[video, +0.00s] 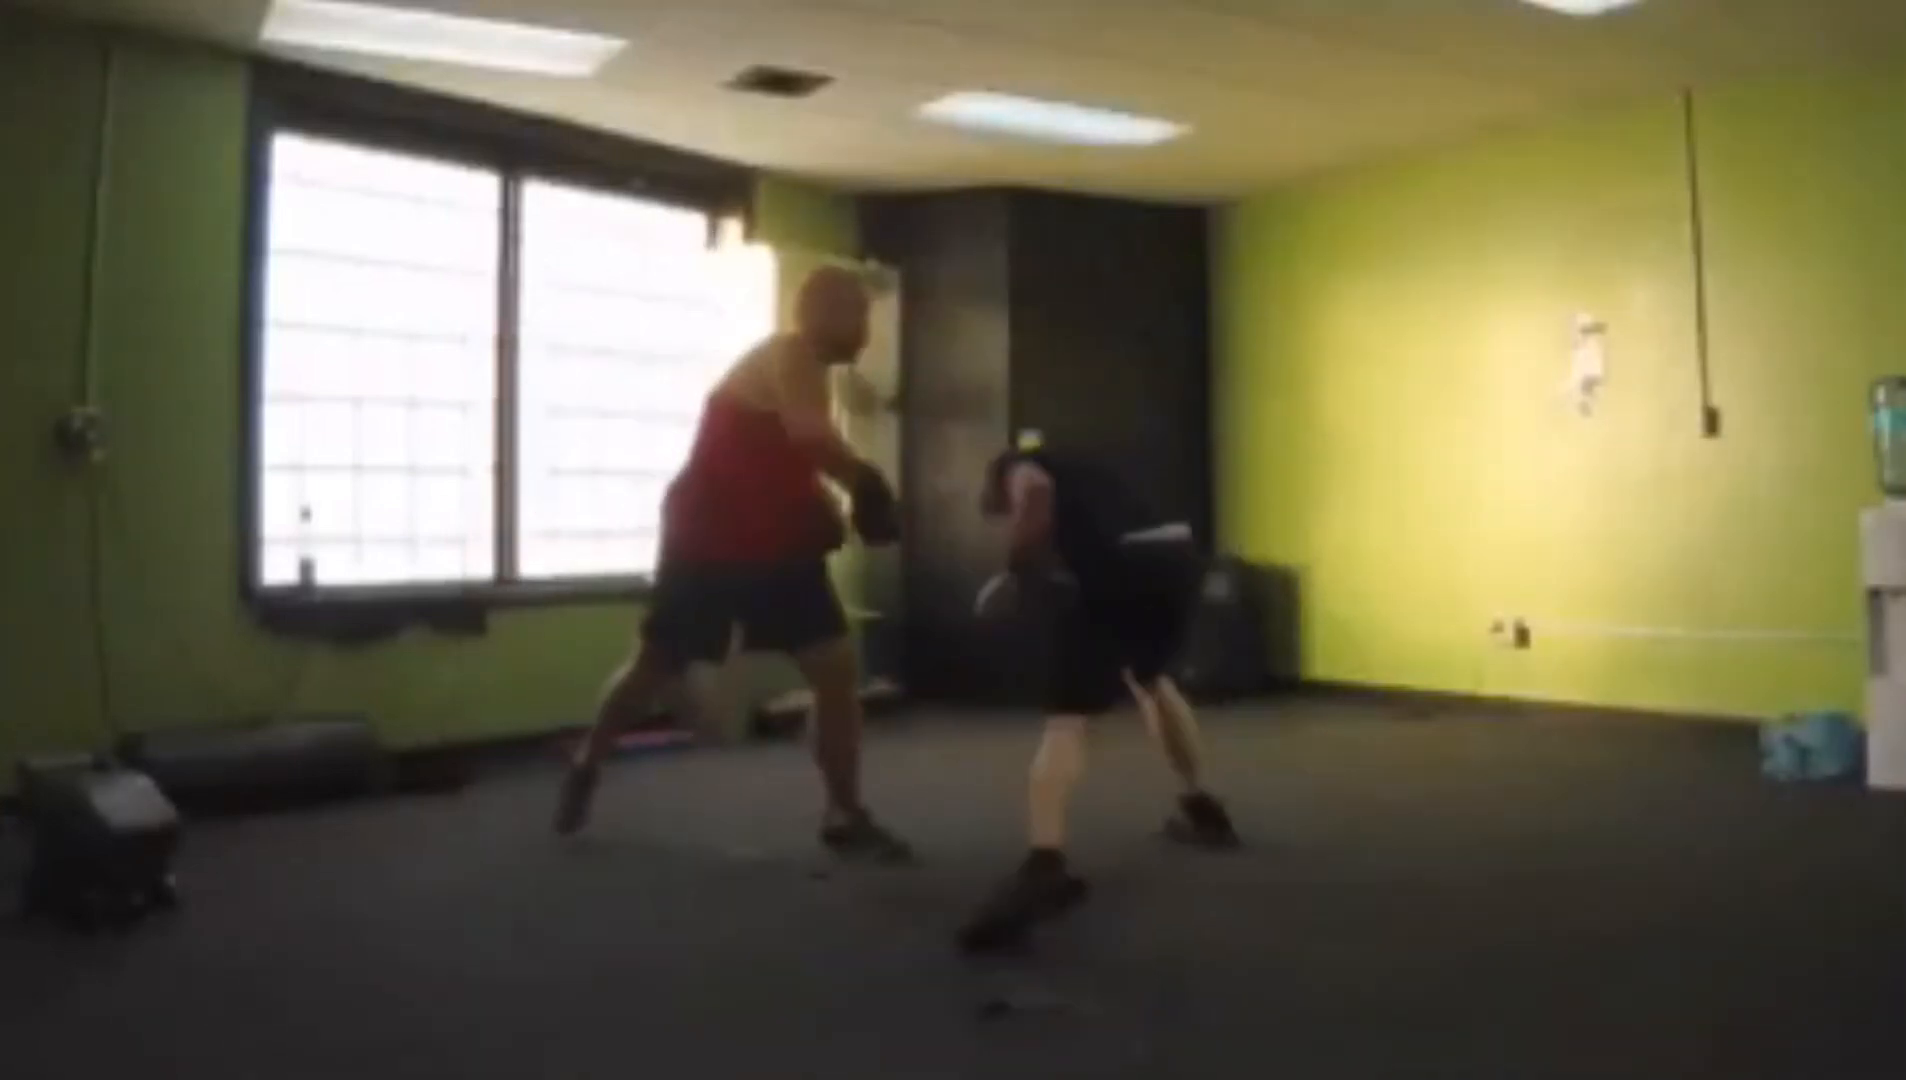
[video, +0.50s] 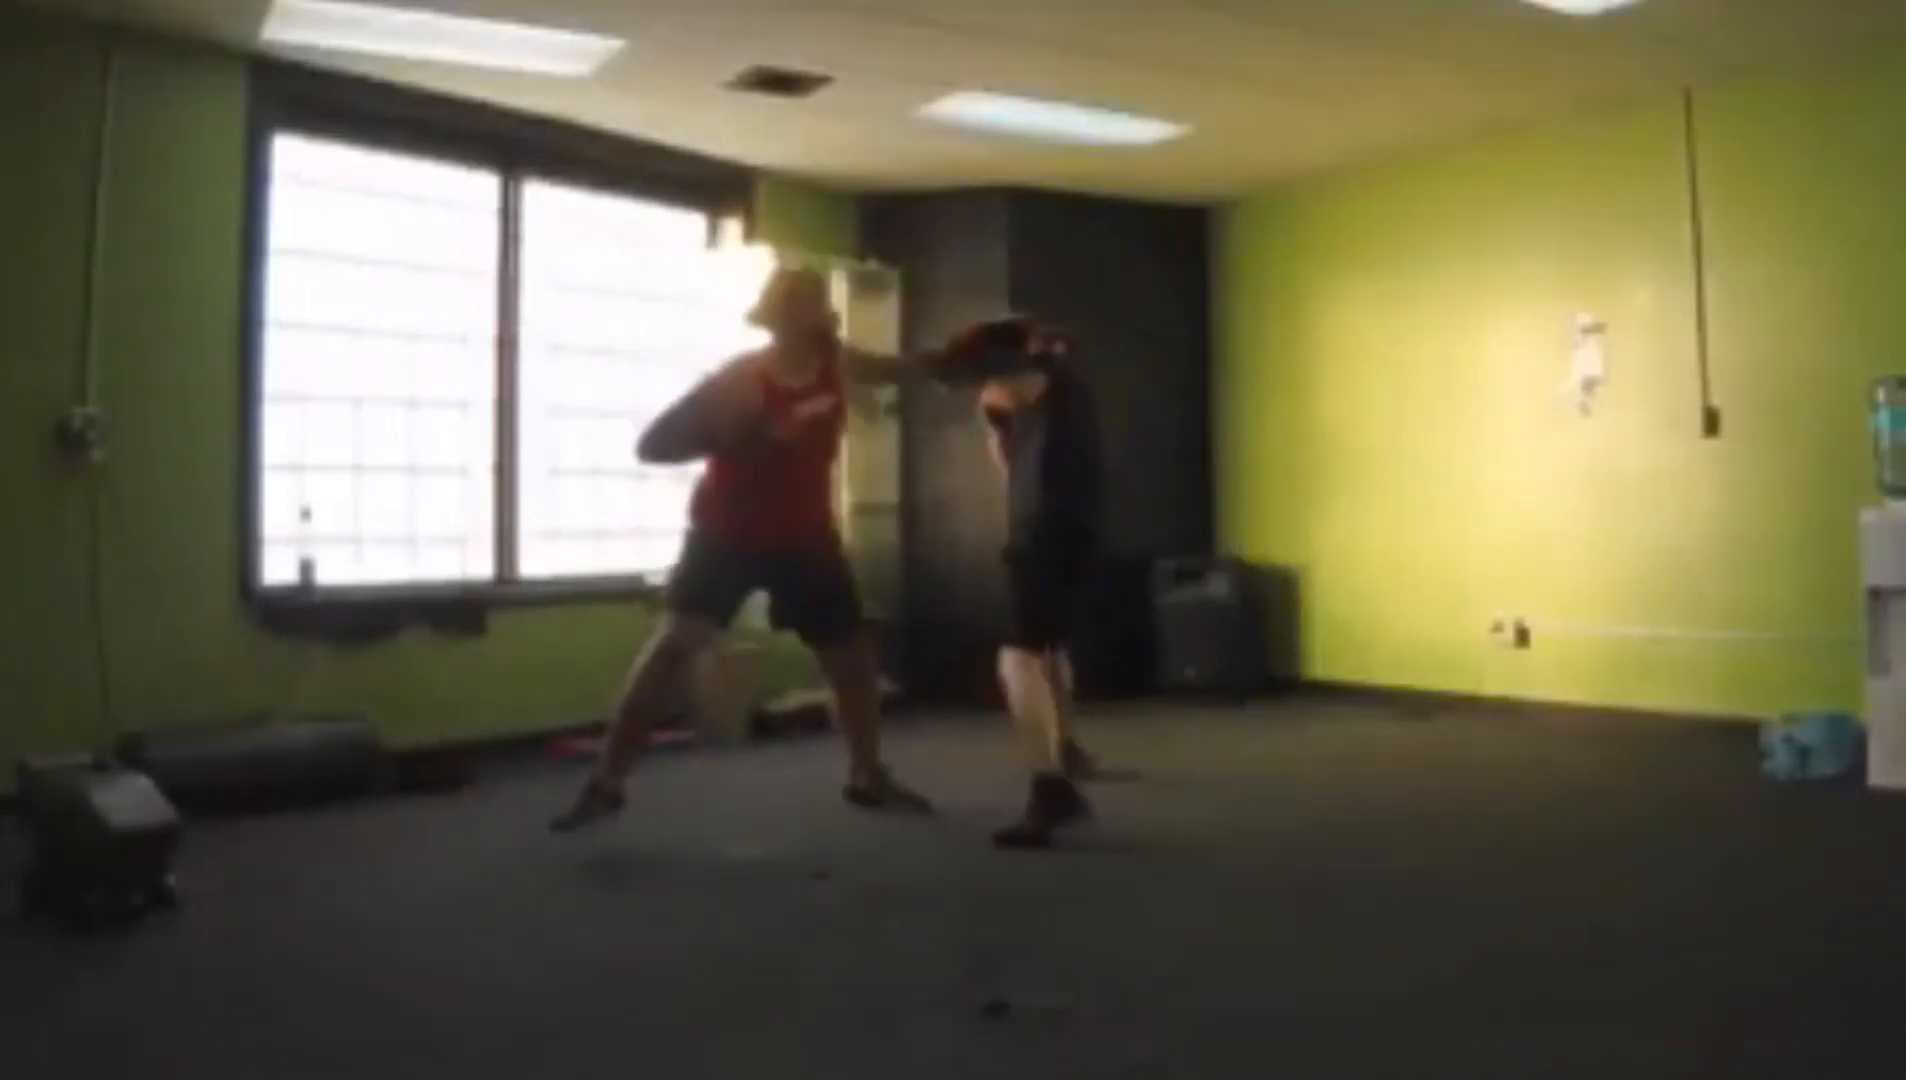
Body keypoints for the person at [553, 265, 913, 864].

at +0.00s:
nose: (866, 333)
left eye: (867, 318)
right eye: (859, 318)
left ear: (821, 317)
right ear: (829, 316)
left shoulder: (803, 368)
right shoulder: (790, 358)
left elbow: (786, 461)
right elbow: (809, 439)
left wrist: (821, 511)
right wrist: (865, 482)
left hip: (781, 540)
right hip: (712, 538)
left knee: (835, 671)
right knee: (655, 669)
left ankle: (844, 812)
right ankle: (585, 767)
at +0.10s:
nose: (841, 324)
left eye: (842, 309)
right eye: (832, 308)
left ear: (818, 311)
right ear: (797, 309)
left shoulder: (798, 388)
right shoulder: (736, 374)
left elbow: (794, 463)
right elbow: (729, 466)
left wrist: (836, 481)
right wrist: (825, 456)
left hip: (779, 545)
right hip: (704, 551)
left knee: (836, 672)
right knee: (659, 688)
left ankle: (846, 811)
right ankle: (599, 810)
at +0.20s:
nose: (807, 329)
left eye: (808, 316)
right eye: (796, 315)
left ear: (800, 323)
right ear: (766, 318)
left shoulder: (796, 395)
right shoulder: (711, 380)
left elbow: (846, 432)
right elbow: (704, 471)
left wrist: (862, 432)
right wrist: (787, 437)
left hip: (765, 542)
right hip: (688, 547)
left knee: (835, 647)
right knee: (655, 689)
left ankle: (852, 798)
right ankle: (601, 812)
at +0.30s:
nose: (796, 328)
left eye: (801, 315)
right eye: (783, 315)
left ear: (808, 319)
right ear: (755, 316)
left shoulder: (799, 380)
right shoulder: (708, 375)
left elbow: (860, 395)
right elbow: (684, 464)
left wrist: (922, 376)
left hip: (766, 535)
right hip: (690, 542)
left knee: (843, 636)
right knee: (655, 682)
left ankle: (854, 772)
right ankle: (601, 809)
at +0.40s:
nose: (805, 315)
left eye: (810, 302)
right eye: (791, 304)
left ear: (819, 306)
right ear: (766, 309)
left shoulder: (829, 360)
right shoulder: (722, 368)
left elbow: (915, 353)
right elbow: (656, 441)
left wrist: (998, 331)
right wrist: (727, 427)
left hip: (782, 525)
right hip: (704, 528)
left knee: (854, 628)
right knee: (661, 652)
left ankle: (865, 756)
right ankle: (608, 789)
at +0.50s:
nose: (816, 320)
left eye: (819, 307)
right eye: (803, 308)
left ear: (827, 314)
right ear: (777, 318)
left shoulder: (835, 366)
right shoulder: (742, 380)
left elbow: (895, 371)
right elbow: (654, 445)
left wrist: (948, 363)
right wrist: (732, 437)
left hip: (806, 540)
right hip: (726, 540)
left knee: (850, 654)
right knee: (673, 649)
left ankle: (867, 778)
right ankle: (607, 781)